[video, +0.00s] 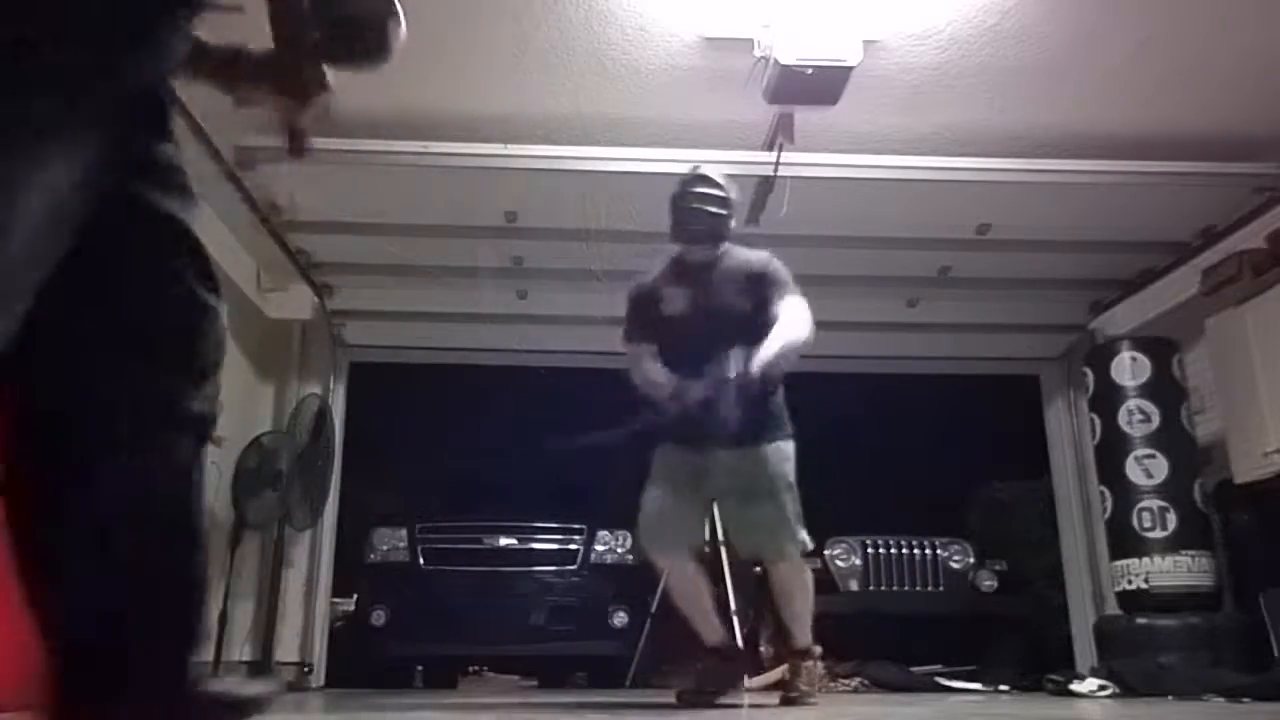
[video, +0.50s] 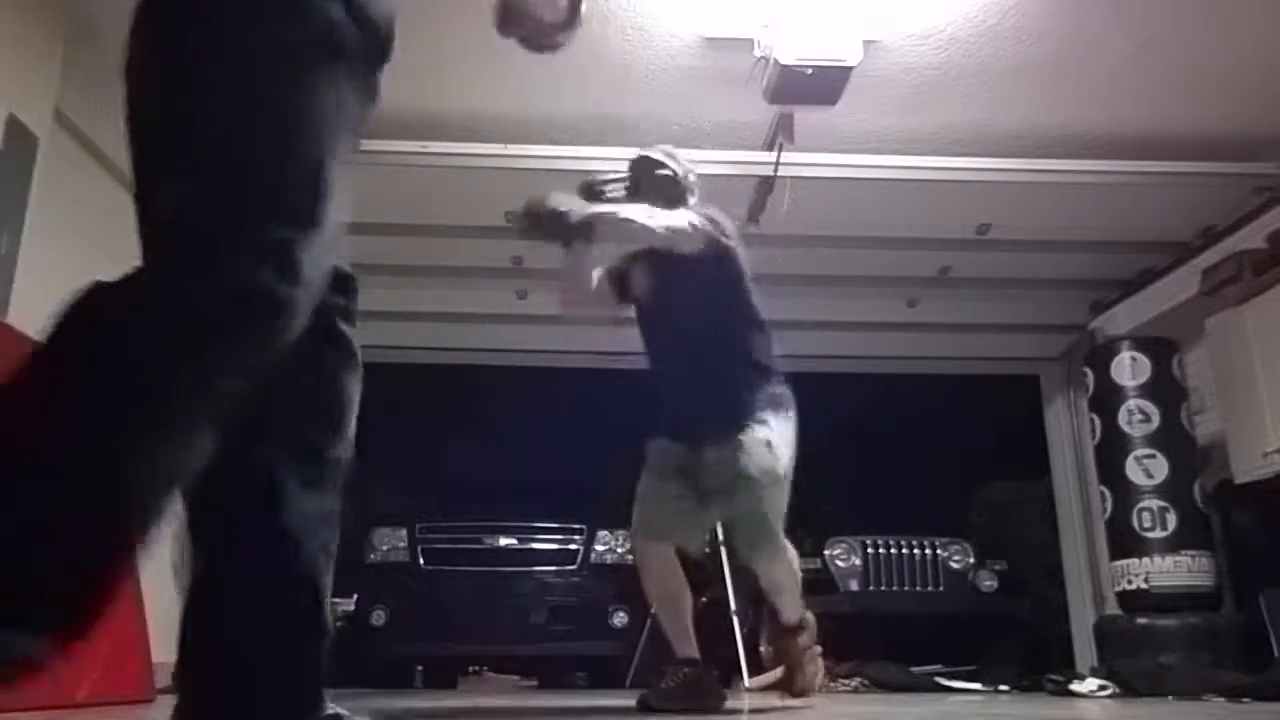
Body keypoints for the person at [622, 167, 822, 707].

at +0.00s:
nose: (698, 228)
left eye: (710, 218)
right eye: (688, 217)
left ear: (728, 222)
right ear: (673, 219)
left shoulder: (760, 271)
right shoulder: (650, 293)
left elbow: (796, 323)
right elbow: (641, 362)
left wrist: (756, 373)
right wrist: (676, 392)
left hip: (758, 442)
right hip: (684, 444)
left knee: (781, 544)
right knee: (663, 540)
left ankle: (805, 659)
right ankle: (720, 655)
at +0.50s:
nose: (645, 198)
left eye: (655, 186)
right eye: (639, 188)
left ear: (681, 191)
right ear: (629, 195)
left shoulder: (708, 227)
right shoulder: (635, 263)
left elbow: (644, 225)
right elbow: (577, 295)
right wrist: (585, 228)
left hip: (750, 410)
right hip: (682, 417)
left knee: (759, 538)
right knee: (651, 542)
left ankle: (796, 631)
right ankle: (690, 669)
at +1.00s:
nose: (668, 163)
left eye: (674, 146)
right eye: (651, 153)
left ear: (697, 144)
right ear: (639, 163)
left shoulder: (731, 198)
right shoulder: (649, 227)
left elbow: (765, 257)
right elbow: (577, 263)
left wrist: (758, 295)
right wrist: (573, 213)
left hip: (765, 364)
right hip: (708, 382)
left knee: (707, 491)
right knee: (662, 534)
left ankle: (723, 667)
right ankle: (799, 633)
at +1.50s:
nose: (780, 162)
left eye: (791, 152)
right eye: (768, 153)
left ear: (809, 160)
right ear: (748, 164)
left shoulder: (839, 210)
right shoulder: (751, 247)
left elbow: (871, 263)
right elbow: (736, 326)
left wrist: (807, 283)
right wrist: (691, 306)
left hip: (851, 393)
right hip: (784, 407)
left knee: (857, 522)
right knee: (775, 533)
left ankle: (915, 630)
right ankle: (827, 667)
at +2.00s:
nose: (830, 205)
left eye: (841, 194)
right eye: (820, 199)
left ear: (865, 199)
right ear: (811, 213)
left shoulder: (900, 248)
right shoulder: (816, 276)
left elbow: (920, 315)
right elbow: (782, 339)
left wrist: (884, 333)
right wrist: (720, 310)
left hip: (922, 421)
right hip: (861, 431)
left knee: (946, 545)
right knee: (849, 551)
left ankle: (995, 669)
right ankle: (933, 650)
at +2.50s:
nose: (764, 232)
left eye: (774, 221)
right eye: (758, 224)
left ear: (806, 223)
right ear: (753, 236)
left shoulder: (828, 260)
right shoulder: (784, 291)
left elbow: (804, 298)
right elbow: (797, 379)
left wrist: (725, 292)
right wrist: (765, 352)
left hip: (877, 416)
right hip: (855, 422)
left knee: (805, 523)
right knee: (839, 562)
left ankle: (790, 671)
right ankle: (942, 651)